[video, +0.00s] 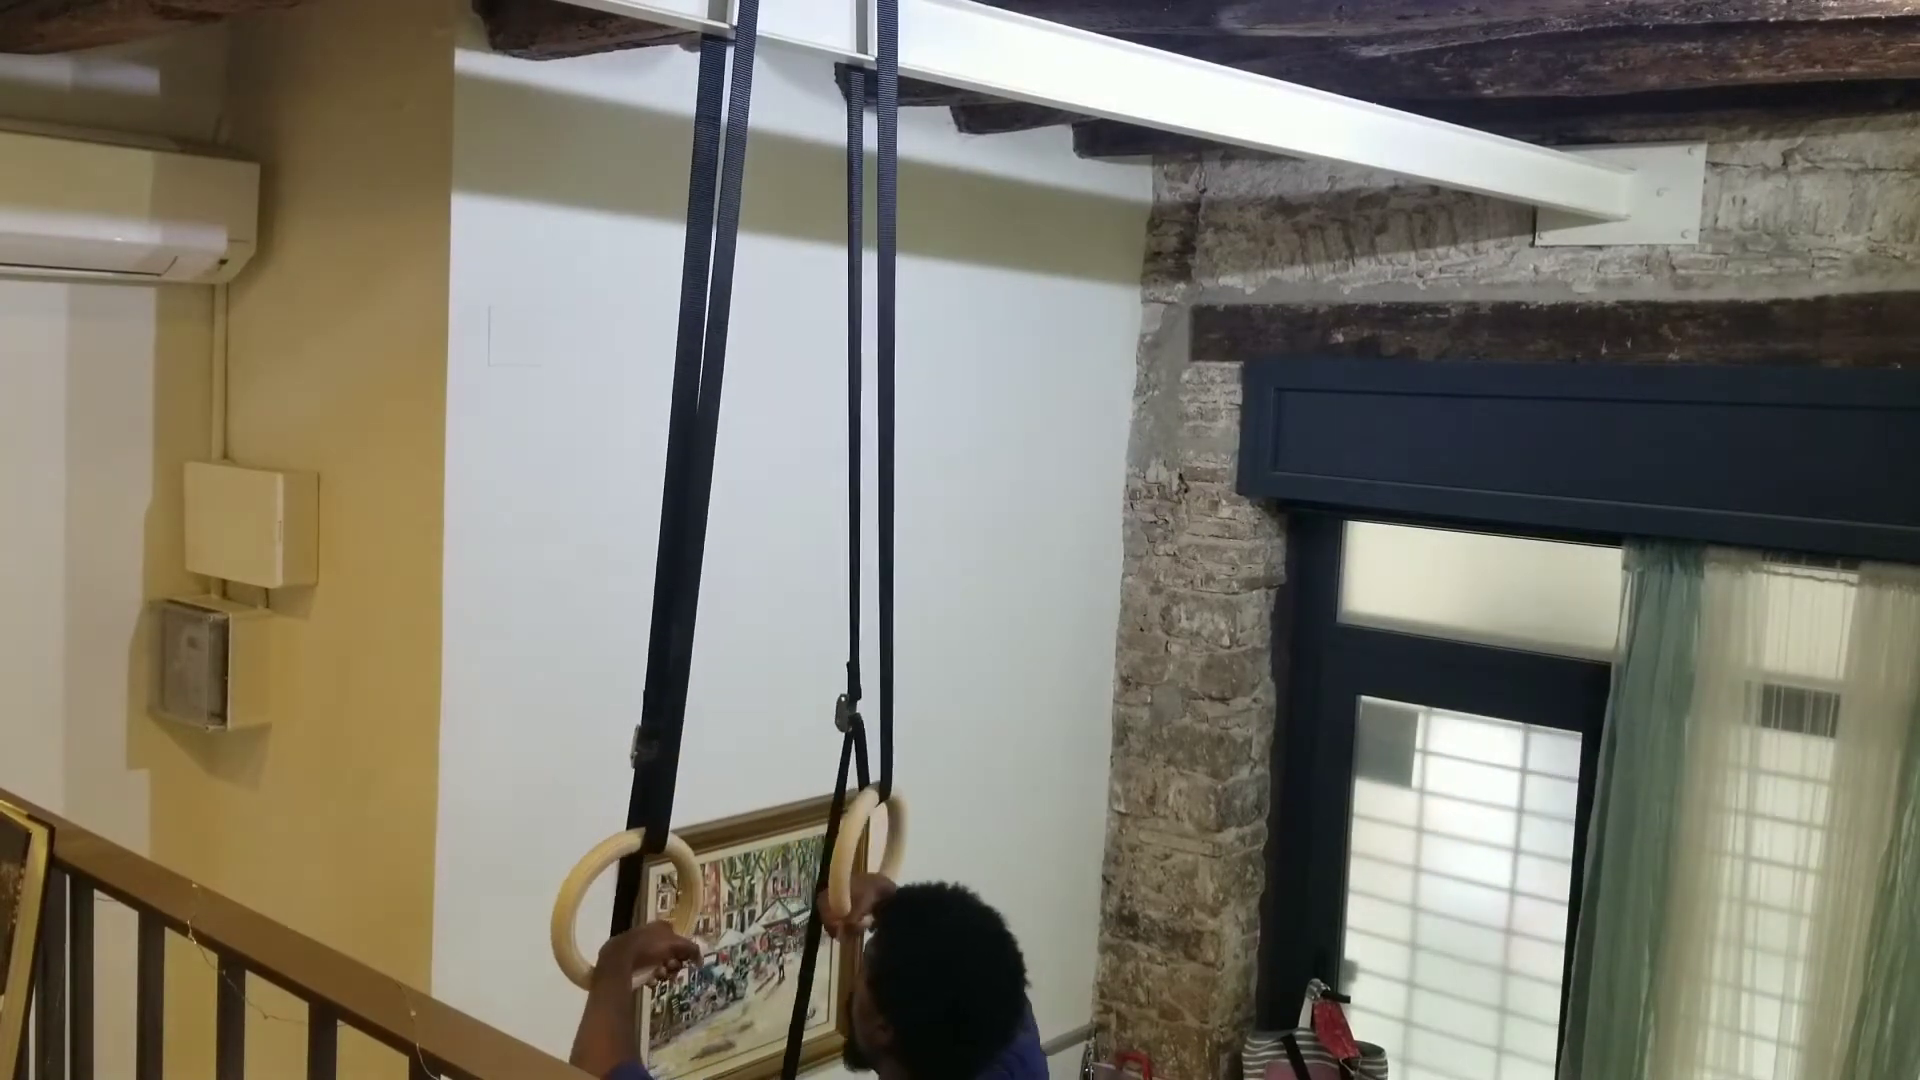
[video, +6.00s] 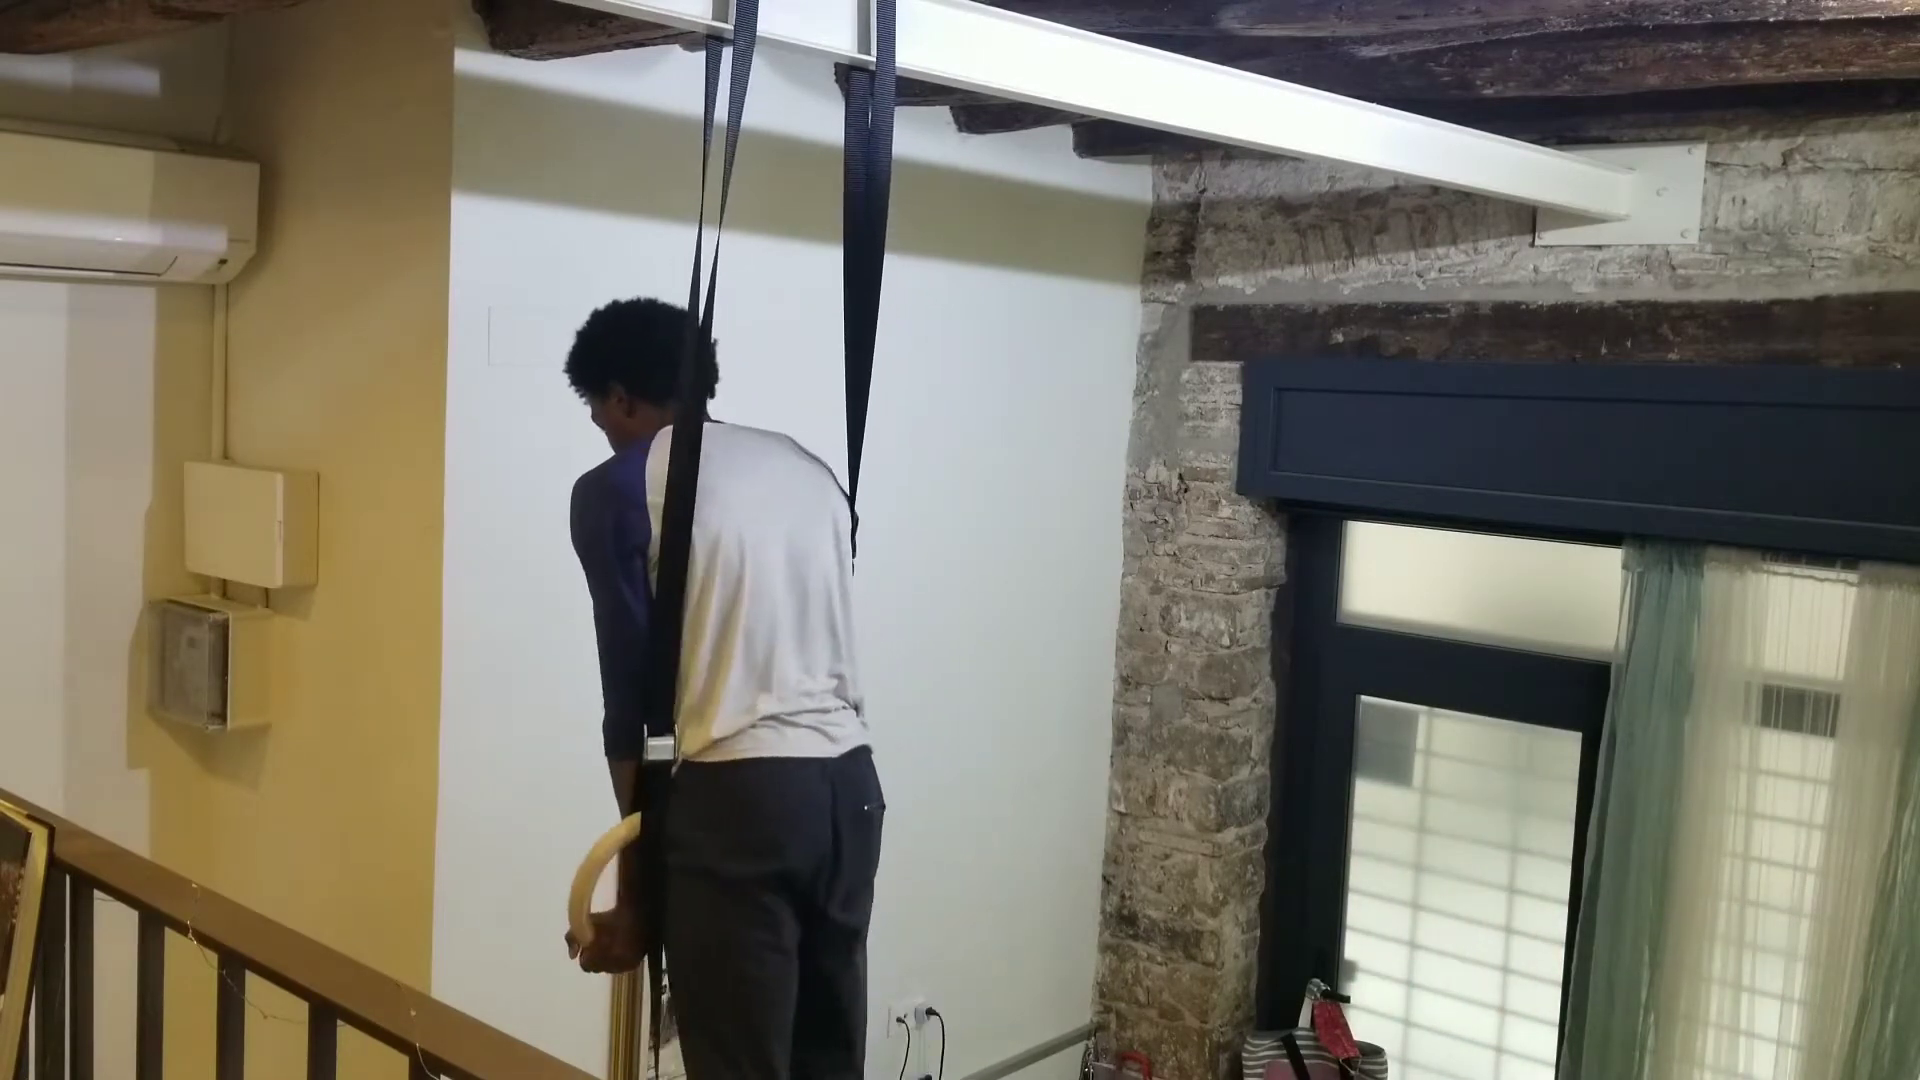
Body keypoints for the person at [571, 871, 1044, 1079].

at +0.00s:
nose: (856, 972)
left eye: (865, 975)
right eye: (868, 962)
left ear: (882, 1032)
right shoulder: (1016, 1056)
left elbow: (605, 1068)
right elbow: (991, 974)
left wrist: (614, 966)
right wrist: (890, 902)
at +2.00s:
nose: (678, 388)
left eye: (682, 365)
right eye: (683, 364)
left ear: (701, 375)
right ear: (796, 376)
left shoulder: (684, 493)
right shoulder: (876, 487)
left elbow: (676, 731)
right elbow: (899, 690)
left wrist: (642, 902)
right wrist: (881, 847)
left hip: (747, 826)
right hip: (854, 823)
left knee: (575, 1020)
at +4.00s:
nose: (631, 399)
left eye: (633, 378)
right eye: (631, 378)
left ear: (657, 375)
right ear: (741, 376)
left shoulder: (657, 478)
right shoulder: (845, 472)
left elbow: (643, 694)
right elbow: (859, 637)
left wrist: (600, 867)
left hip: (726, 800)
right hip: (837, 805)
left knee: (621, 1035)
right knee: (702, 1042)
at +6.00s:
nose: (601, 429)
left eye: (596, 411)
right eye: (594, 412)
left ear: (619, 397)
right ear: (699, 382)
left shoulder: (617, 489)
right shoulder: (812, 470)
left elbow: (628, 693)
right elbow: (816, 661)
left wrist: (635, 895)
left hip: (730, 803)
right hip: (851, 794)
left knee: (739, 1060)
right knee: (831, 1059)